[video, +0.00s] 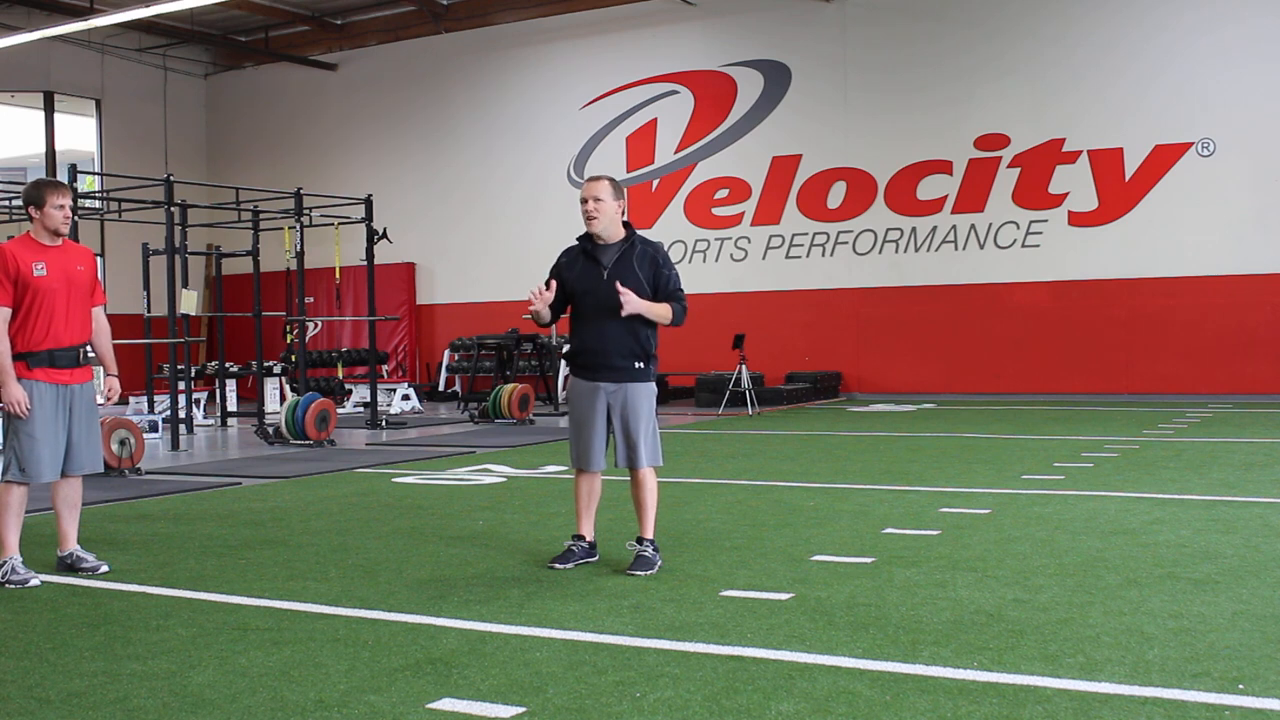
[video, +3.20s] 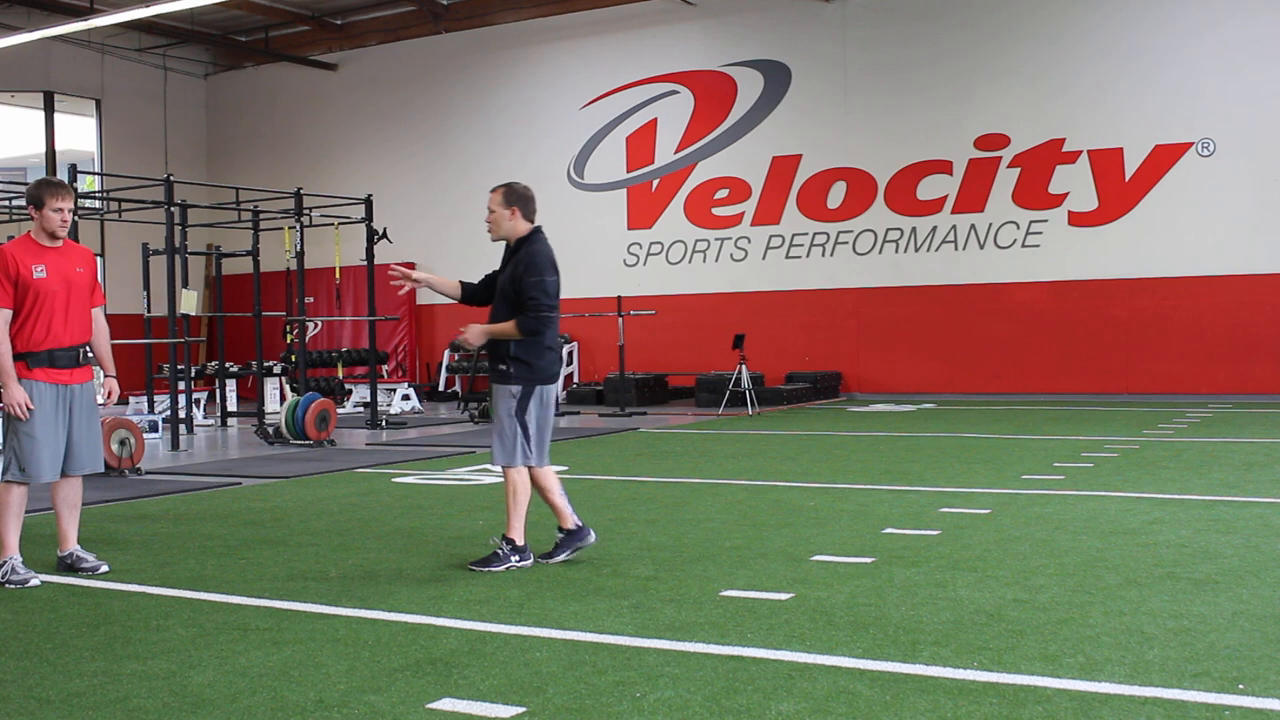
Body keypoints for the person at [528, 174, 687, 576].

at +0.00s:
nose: (588, 207)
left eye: (596, 200)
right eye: (584, 202)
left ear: (620, 205)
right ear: (582, 208)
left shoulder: (651, 255)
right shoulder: (570, 259)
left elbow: (678, 312)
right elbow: (547, 318)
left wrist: (641, 306)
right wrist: (540, 309)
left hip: (635, 380)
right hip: (584, 379)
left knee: (641, 463)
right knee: (586, 463)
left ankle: (647, 544)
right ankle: (584, 542)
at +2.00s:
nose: (578, 217)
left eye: (585, 210)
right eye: (578, 210)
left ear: (612, 213)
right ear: (600, 214)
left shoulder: (649, 254)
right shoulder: (591, 257)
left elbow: (670, 317)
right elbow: (552, 293)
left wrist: (614, 333)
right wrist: (534, 249)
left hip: (638, 380)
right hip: (596, 376)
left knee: (644, 461)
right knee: (594, 459)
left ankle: (647, 545)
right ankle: (587, 540)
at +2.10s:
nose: (579, 215)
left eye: (586, 207)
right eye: (576, 209)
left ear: (613, 208)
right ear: (578, 214)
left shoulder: (643, 255)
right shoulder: (584, 259)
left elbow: (664, 316)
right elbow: (539, 289)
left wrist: (609, 331)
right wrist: (501, 253)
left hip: (631, 380)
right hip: (590, 378)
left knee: (641, 462)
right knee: (589, 460)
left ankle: (647, 545)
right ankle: (586, 540)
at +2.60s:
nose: (547, 213)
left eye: (555, 205)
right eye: (543, 208)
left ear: (578, 209)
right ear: (541, 215)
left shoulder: (604, 257)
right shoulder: (543, 260)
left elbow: (620, 317)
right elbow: (497, 286)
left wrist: (566, 328)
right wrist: (444, 271)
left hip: (583, 371)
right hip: (549, 372)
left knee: (584, 450)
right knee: (563, 456)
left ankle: (614, 536)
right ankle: (583, 540)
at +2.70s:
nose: (540, 213)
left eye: (547, 205)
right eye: (535, 209)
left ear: (571, 209)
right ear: (534, 216)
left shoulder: (595, 256)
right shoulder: (539, 260)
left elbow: (610, 316)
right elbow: (492, 288)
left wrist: (555, 327)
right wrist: (441, 273)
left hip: (576, 369)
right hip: (548, 371)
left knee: (567, 452)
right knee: (564, 453)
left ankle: (584, 540)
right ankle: (583, 538)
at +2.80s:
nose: (530, 215)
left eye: (538, 207)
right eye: (526, 210)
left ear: (562, 210)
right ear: (527, 216)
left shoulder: (585, 255)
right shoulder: (534, 261)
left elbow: (599, 315)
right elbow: (489, 289)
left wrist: (543, 327)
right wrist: (437, 274)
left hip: (567, 369)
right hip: (548, 369)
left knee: (548, 452)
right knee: (567, 454)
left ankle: (547, 543)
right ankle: (586, 540)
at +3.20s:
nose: (487, 220)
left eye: (491, 212)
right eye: (487, 212)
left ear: (515, 214)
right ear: (514, 215)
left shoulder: (536, 255)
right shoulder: (519, 252)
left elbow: (537, 322)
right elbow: (478, 294)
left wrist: (487, 331)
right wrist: (427, 280)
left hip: (524, 377)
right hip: (521, 375)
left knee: (513, 458)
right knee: (531, 457)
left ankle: (516, 545)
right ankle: (574, 529)